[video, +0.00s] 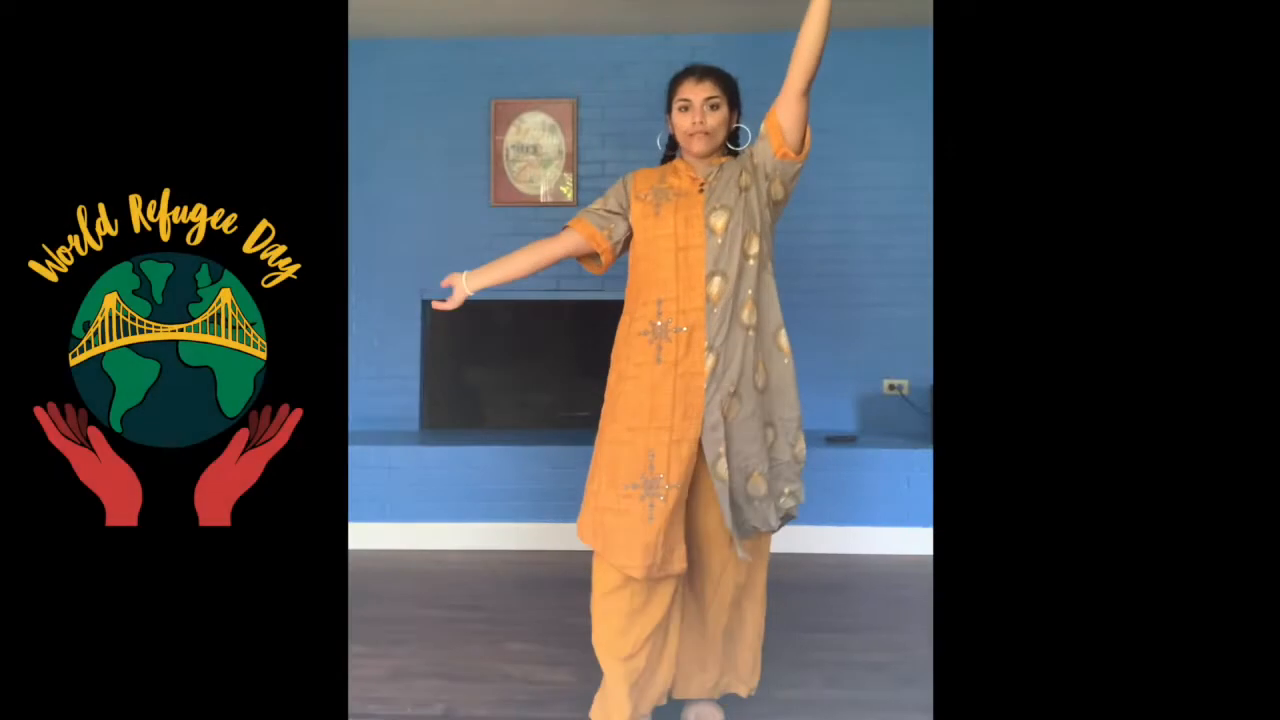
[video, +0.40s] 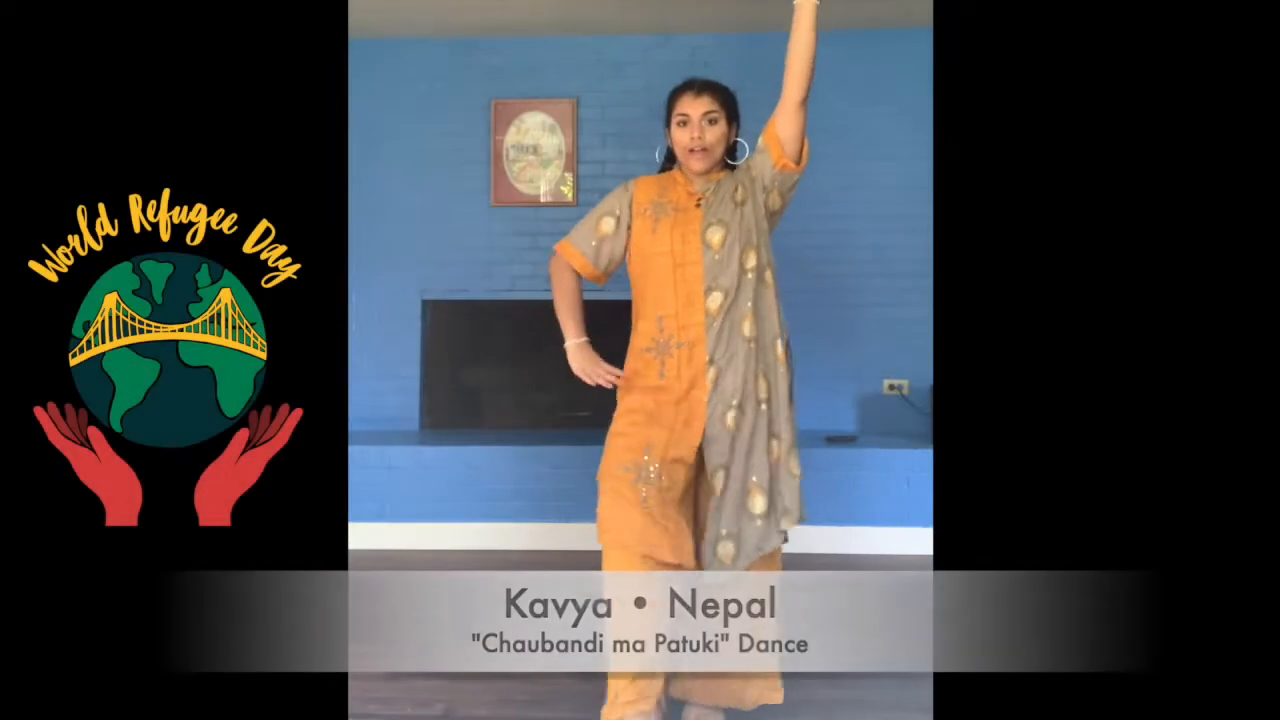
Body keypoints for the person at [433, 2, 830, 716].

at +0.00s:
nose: (697, 116)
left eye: (710, 105)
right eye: (685, 106)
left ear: (732, 118)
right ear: (669, 119)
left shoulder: (754, 180)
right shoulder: (641, 188)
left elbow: (797, 83)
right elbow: (566, 242)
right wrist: (472, 280)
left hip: (732, 384)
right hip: (650, 386)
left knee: (722, 545)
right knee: (636, 543)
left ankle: (703, 691)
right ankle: (624, 698)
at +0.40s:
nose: (697, 131)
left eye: (710, 120)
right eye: (684, 121)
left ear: (731, 132)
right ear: (668, 133)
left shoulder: (753, 190)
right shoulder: (638, 199)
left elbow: (794, 96)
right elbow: (565, 260)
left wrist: (806, 6)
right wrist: (577, 344)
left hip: (740, 399)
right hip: (653, 399)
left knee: (733, 553)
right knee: (635, 551)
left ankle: (713, 706)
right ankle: (633, 706)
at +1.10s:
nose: (698, 132)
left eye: (710, 121)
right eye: (684, 122)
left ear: (730, 134)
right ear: (668, 135)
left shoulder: (753, 190)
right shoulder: (638, 202)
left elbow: (785, 90)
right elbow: (579, 272)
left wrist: (793, 0)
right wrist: (591, 353)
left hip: (739, 404)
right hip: (650, 403)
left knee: (724, 567)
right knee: (642, 562)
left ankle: (700, 706)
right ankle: (649, 708)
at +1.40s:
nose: (694, 124)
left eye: (706, 113)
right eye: (681, 115)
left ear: (727, 126)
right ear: (665, 129)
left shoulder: (751, 186)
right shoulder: (638, 194)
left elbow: (784, 85)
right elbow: (568, 251)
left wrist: (793, 1)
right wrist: (585, 305)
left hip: (725, 384)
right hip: (641, 380)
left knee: (719, 542)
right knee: (629, 535)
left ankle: (716, 701)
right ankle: (619, 697)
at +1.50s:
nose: (695, 125)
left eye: (707, 113)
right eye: (682, 115)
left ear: (728, 126)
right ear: (666, 128)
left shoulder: (752, 186)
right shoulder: (638, 194)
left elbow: (789, 86)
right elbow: (566, 251)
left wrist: (799, 3)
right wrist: (582, 312)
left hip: (727, 384)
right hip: (644, 381)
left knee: (716, 542)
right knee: (631, 534)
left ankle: (711, 698)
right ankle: (630, 699)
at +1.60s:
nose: (695, 130)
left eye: (707, 118)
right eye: (682, 119)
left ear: (728, 128)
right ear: (666, 130)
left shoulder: (751, 187)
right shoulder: (638, 194)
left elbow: (793, 95)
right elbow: (563, 253)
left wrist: (811, 5)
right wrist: (580, 331)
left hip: (730, 386)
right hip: (649, 385)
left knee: (716, 537)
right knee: (639, 535)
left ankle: (697, 691)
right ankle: (638, 695)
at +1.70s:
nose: (693, 139)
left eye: (706, 127)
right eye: (681, 128)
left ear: (727, 136)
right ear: (666, 136)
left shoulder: (749, 193)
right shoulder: (637, 200)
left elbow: (794, 104)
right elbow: (565, 263)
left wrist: (818, 10)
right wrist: (581, 345)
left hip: (728, 390)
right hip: (649, 390)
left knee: (716, 538)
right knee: (650, 536)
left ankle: (698, 688)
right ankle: (634, 692)